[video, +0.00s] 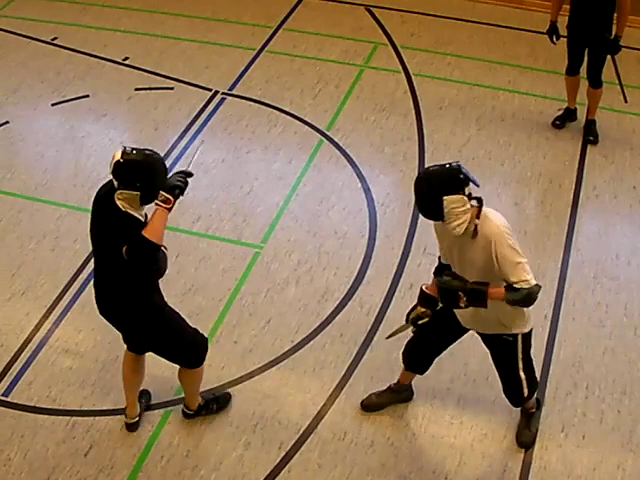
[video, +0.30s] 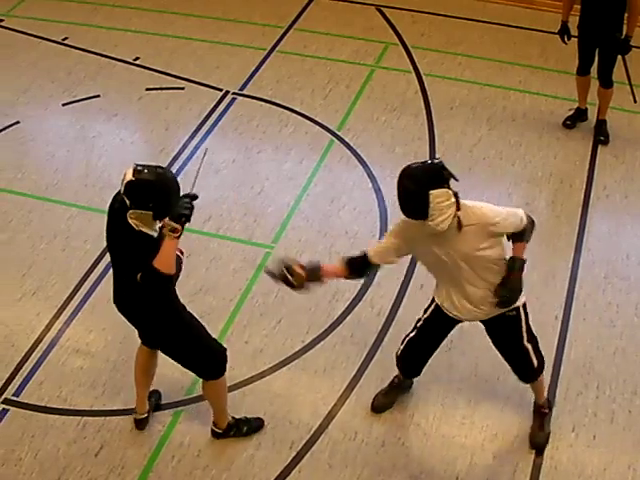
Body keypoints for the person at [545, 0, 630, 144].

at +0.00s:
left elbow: (624, 6)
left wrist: (617, 37)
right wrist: (553, 22)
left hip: (601, 30)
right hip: (576, 27)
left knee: (594, 77)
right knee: (572, 69)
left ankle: (591, 121)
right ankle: (570, 109)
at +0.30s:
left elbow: (634, 7)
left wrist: (628, 37)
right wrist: (564, 21)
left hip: (612, 31)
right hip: (587, 27)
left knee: (605, 77)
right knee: (583, 70)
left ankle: (601, 121)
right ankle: (581, 109)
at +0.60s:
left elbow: (636, 7)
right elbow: (575, 0)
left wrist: (633, 36)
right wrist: (569, 22)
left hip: (616, 31)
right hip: (592, 27)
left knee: (610, 78)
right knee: (587, 71)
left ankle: (606, 121)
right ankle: (586, 110)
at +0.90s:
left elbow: (636, 6)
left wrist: (635, 33)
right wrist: (571, 21)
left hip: (618, 29)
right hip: (594, 26)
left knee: (613, 75)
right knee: (590, 69)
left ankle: (609, 121)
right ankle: (589, 109)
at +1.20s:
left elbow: (637, 6)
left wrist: (636, 32)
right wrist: (571, 18)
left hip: (619, 27)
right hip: (594, 23)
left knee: (611, 72)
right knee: (590, 68)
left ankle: (606, 111)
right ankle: (589, 109)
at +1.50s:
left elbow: (638, 8)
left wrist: (636, 30)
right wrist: (574, 15)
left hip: (621, 24)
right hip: (597, 21)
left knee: (614, 66)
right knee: (592, 64)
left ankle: (611, 94)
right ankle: (589, 109)